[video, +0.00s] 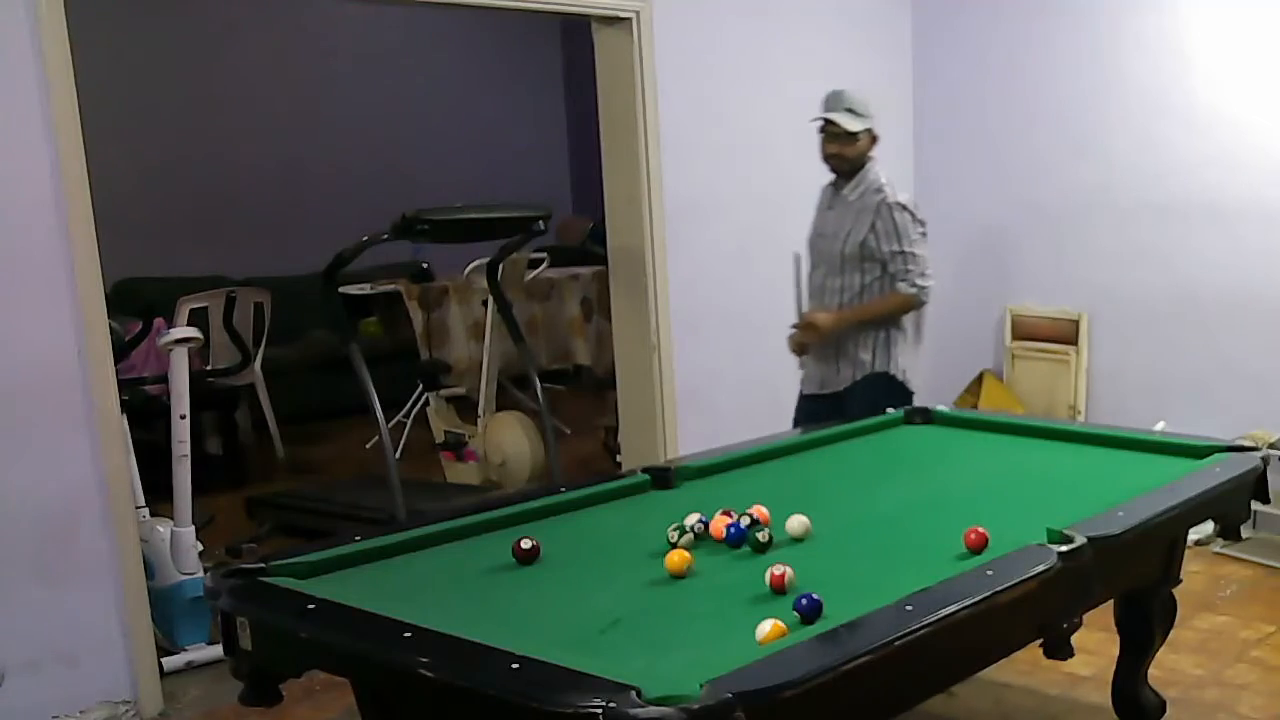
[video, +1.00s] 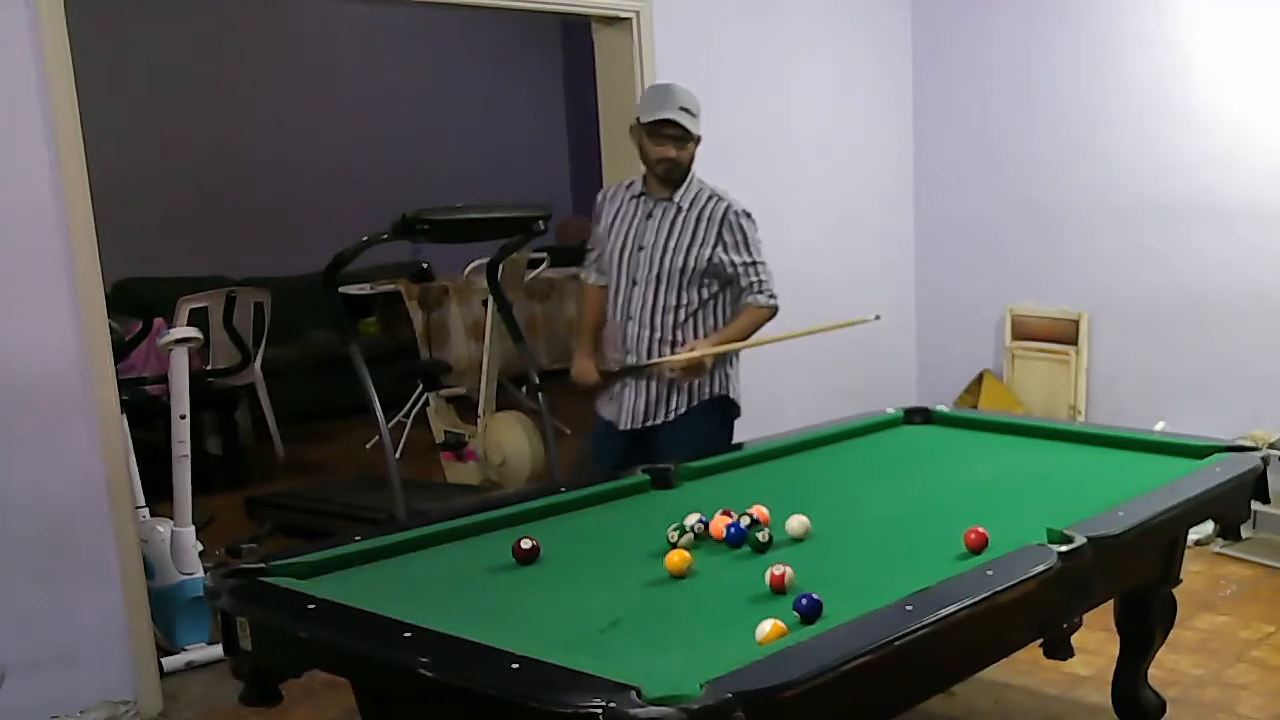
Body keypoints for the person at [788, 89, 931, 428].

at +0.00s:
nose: (835, 147)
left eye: (847, 138)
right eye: (828, 137)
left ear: (871, 141)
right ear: (820, 139)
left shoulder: (886, 205)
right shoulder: (829, 198)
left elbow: (914, 291)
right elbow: (835, 286)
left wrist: (836, 322)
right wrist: (809, 333)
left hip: (872, 381)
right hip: (822, 379)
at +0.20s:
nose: (783, 151)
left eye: (797, 141)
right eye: (776, 139)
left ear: (821, 145)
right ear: (769, 142)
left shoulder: (842, 208)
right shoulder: (775, 204)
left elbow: (873, 292)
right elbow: (779, 290)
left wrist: (799, 328)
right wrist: (760, 340)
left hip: (832, 386)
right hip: (778, 387)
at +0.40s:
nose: (738, 144)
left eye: (751, 134)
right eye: (729, 133)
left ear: (773, 139)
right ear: (719, 137)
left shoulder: (799, 201)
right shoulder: (719, 200)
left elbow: (835, 285)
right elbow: (720, 278)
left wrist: (773, 326)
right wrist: (701, 334)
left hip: (787, 378)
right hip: (733, 380)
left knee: (781, 496)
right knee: (739, 496)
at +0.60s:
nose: (708, 144)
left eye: (720, 134)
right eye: (698, 133)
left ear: (739, 138)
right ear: (684, 136)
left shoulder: (769, 204)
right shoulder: (674, 201)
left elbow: (809, 286)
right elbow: (665, 277)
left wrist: (750, 330)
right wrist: (648, 339)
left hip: (756, 378)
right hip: (700, 383)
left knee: (749, 495)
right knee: (716, 498)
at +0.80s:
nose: (689, 150)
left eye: (699, 139)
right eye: (678, 138)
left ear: (716, 143)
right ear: (658, 139)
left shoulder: (745, 214)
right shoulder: (643, 208)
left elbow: (784, 297)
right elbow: (628, 284)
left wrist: (731, 340)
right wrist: (611, 348)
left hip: (722, 394)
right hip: (661, 396)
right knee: (676, 514)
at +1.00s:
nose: (668, 152)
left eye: (680, 141)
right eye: (657, 139)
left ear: (696, 145)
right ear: (637, 138)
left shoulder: (724, 217)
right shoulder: (612, 202)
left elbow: (763, 301)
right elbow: (597, 278)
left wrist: (711, 347)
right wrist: (585, 350)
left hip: (692, 407)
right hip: (620, 404)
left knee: (688, 530)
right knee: (611, 528)